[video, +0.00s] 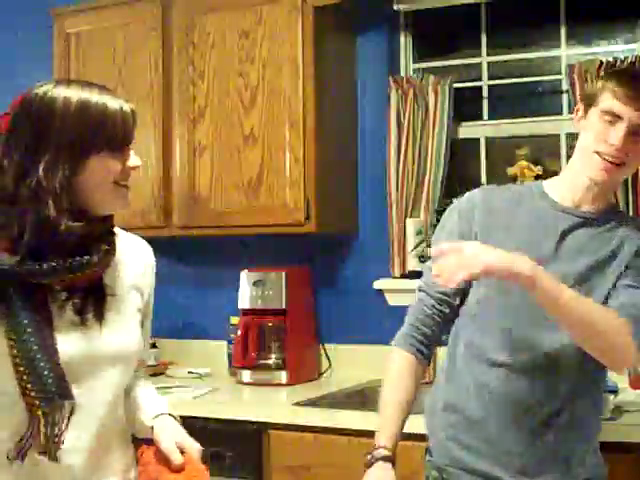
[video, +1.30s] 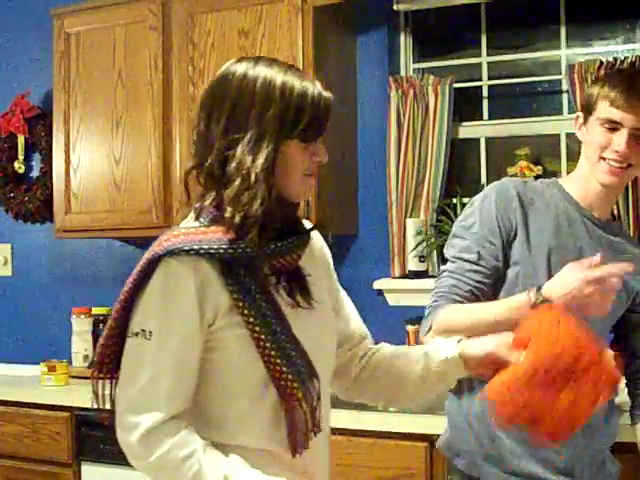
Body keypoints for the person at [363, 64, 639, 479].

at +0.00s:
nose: (619, 141)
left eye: (637, 132)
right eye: (611, 118)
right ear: (580, 116)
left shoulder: (629, 244)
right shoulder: (477, 211)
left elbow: (629, 357)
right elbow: (416, 337)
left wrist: (526, 272)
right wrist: (381, 456)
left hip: (566, 469)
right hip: (459, 463)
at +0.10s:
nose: (600, 133)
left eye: (621, 125)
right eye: (592, 114)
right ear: (575, 119)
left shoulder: (630, 251)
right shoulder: (484, 210)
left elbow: (634, 384)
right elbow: (417, 331)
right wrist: (384, 449)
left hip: (566, 469)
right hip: (460, 461)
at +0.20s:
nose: (585, 128)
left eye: (607, 118)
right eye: (579, 111)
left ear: (637, 141)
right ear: (568, 119)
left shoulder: (632, 252)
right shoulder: (486, 210)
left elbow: (637, 393)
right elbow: (417, 331)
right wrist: (390, 447)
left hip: (566, 470)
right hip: (462, 462)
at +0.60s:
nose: (595, 137)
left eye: (617, 126)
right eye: (590, 118)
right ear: (582, 119)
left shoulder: (632, 256)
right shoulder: (499, 200)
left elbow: (635, 368)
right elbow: (416, 297)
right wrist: (397, 384)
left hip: (571, 467)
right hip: (467, 460)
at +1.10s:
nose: (622, 139)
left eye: (637, 128)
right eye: (613, 121)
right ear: (590, 125)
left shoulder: (632, 261)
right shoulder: (509, 199)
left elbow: (635, 380)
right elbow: (408, 293)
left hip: (582, 462)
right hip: (490, 456)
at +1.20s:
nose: (618, 142)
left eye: (636, 130)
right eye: (607, 122)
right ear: (584, 123)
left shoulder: (633, 260)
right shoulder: (506, 204)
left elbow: (637, 381)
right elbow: (419, 315)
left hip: (586, 467)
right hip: (491, 460)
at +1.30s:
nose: (622, 147)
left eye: (638, 135)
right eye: (611, 126)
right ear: (581, 125)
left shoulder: (630, 255)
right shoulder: (507, 202)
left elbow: (630, 365)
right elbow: (440, 322)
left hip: (587, 463)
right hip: (493, 459)